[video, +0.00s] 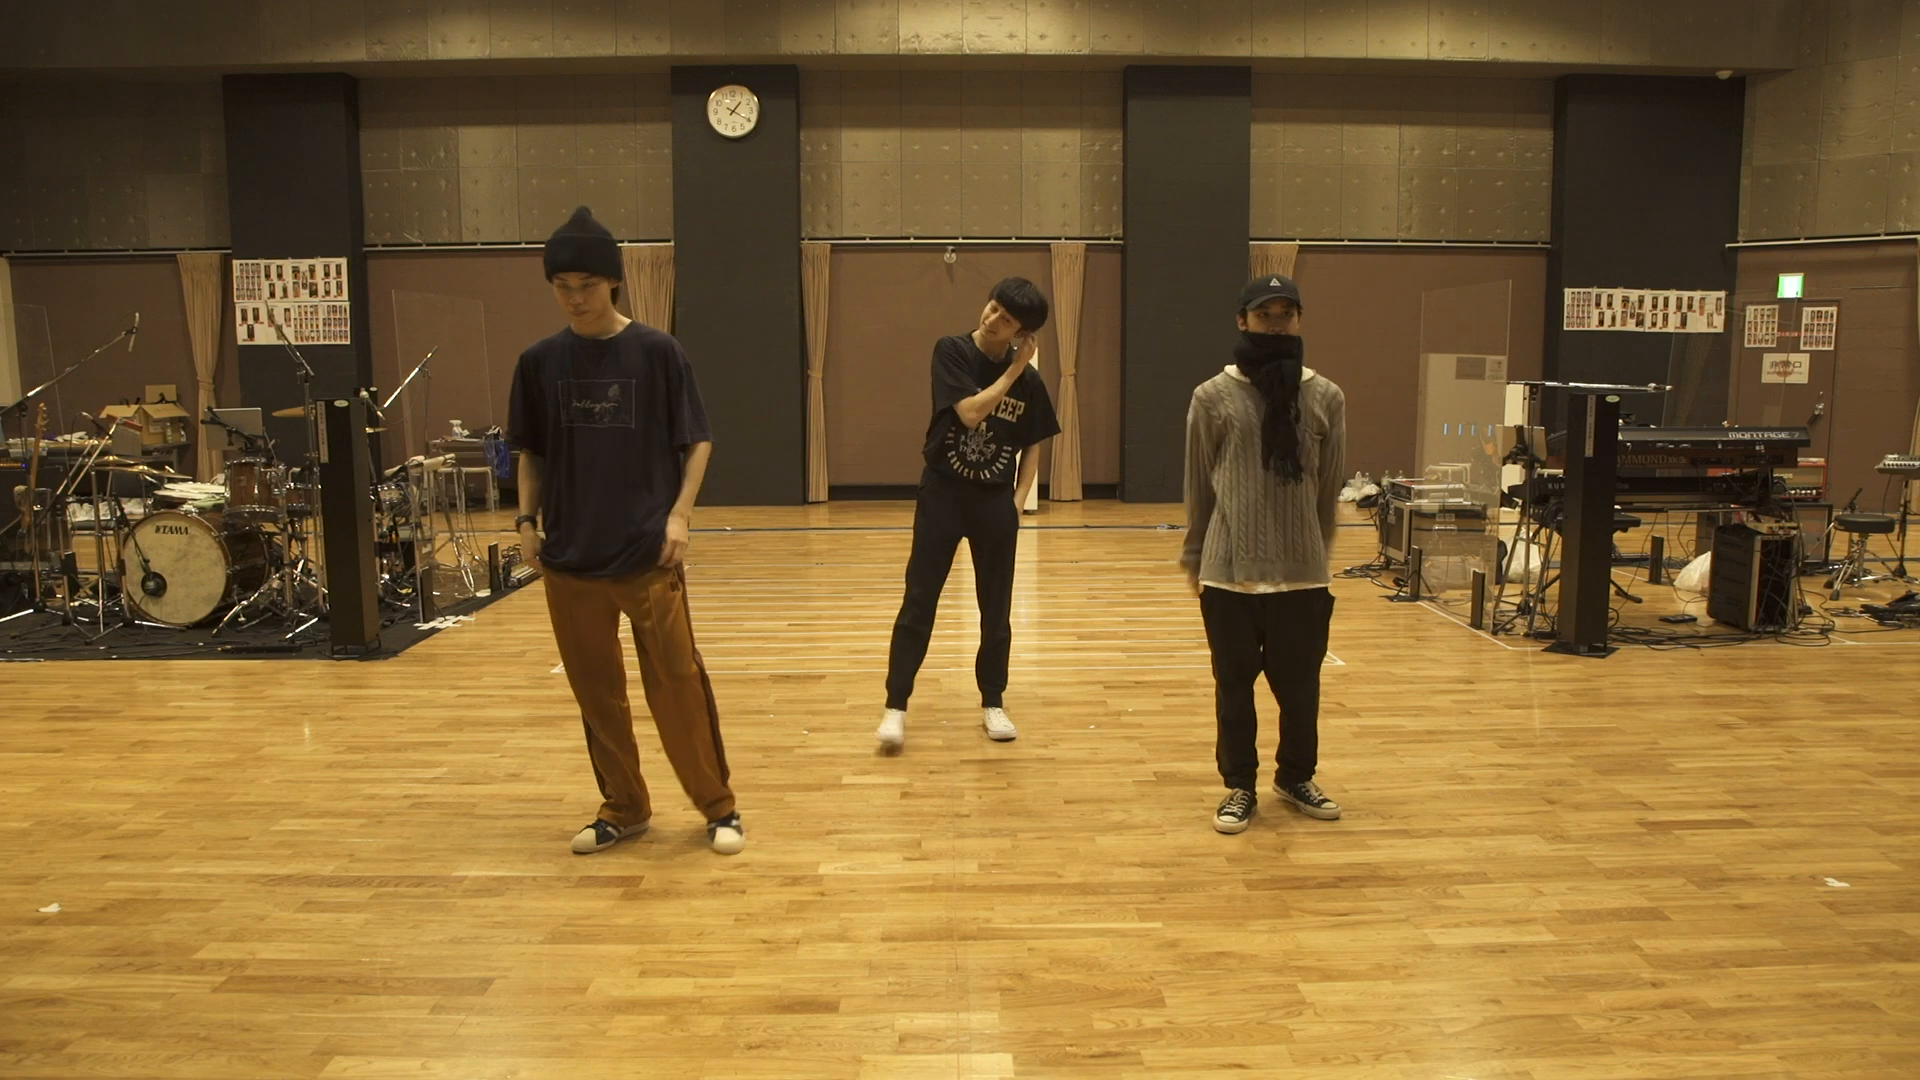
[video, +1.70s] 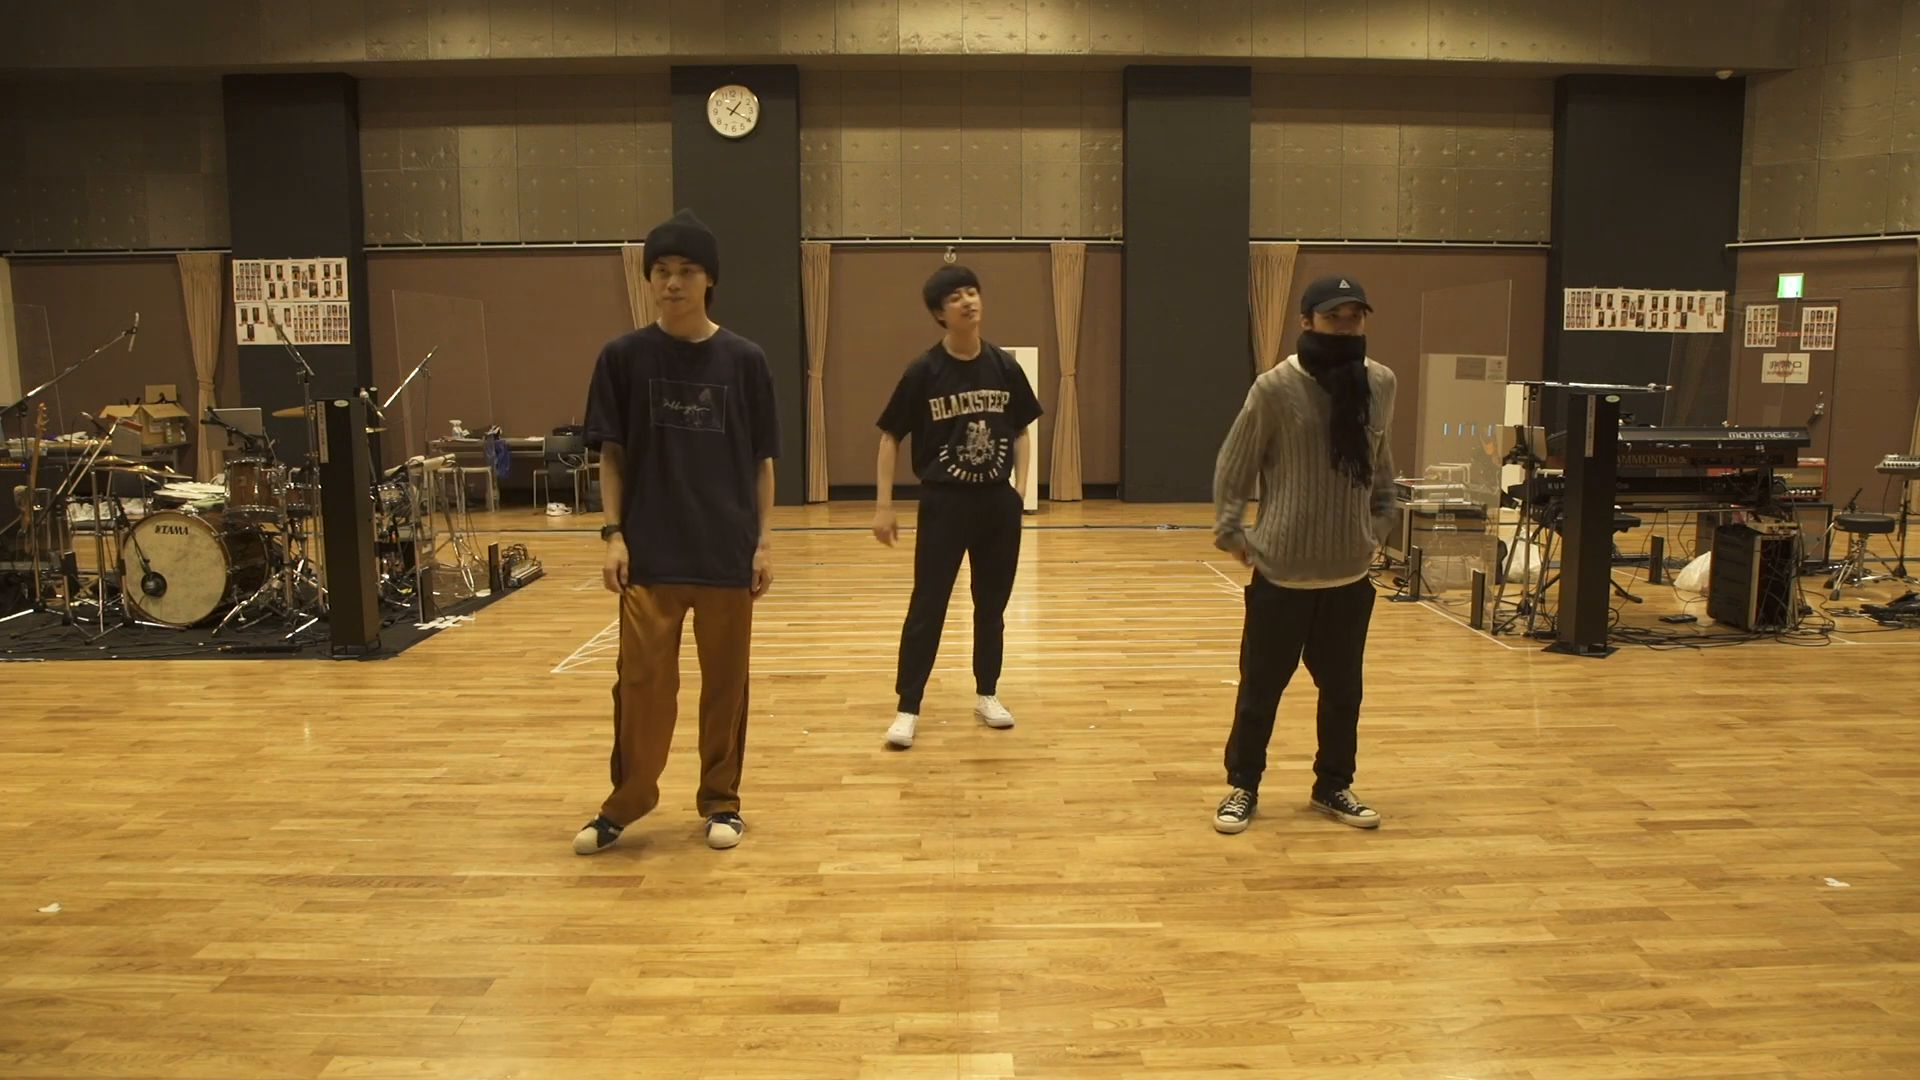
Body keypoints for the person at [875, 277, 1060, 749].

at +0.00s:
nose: (993, 319)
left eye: (1006, 320)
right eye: (995, 308)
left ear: (1022, 332)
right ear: (986, 303)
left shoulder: (1028, 380)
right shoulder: (952, 351)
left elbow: (1034, 442)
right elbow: (968, 414)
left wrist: (1019, 499)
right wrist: (1015, 369)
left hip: (996, 502)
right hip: (942, 495)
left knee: (996, 608)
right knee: (919, 601)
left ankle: (994, 705)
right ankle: (895, 708)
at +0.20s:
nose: (992, 321)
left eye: (1005, 320)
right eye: (991, 310)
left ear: (1018, 330)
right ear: (981, 304)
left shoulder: (1020, 378)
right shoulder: (943, 355)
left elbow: (1028, 441)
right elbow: (931, 423)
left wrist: (1014, 496)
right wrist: (996, 411)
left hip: (990, 506)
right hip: (934, 500)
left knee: (994, 610)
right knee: (912, 602)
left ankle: (993, 705)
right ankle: (895, 707)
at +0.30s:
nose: (983, 323)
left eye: (995, 321)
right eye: (981, 312)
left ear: (1009, 329)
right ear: (971, 306)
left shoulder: (1009, 377)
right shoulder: (930, 359)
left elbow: (1018, 443)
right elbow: (906, 429)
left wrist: (1009, 496)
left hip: (987, 504)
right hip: (929, 500)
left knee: (991, 609)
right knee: (912, 603)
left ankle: (993, 705)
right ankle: (899, 709)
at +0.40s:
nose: (979, 324)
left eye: (990, 321)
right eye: (975, 312)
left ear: (1000, 328)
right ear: (960, 305)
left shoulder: (997, 377)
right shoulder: (920, 365)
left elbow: (1007, 447)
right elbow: (904, 438)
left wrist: (1004, 502)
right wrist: (888, 506)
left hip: (983, 510)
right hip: (926, 507)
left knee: (989, 611)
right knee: (912, 611)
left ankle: (993, 705)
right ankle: (902, 713)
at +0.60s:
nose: (961, 309)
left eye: (968, 305)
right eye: (954, 298)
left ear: (971, 315)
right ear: (928, 297)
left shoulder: (970, 371)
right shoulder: (884, 362)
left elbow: (976, 439)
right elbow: (836, 416)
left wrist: (982, 496)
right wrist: (822, 488)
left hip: (964, 505)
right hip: (907, 508)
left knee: (990, 608)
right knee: (901, 615)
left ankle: (990, 701)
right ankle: (900, 713)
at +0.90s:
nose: (904, 292)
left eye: (911, 287)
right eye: (893, 286)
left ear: (921, 303)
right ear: (873, 301)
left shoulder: (946, 360)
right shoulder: (859, 372)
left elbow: (971, 428)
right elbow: (839, 446)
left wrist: (970, 498)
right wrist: (826, 516)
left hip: (947, 501)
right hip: (890, 506)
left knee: (978, 604)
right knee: (892, 616)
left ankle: (1007, 704)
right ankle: (899, 713)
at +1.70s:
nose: (967, 301)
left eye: (971, 293)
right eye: (956, 298)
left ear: (982, 301)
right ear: (938, 313)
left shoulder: (1004, 365)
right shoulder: (923, 371)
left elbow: (1021, 431)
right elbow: (889, 436)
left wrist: (1020, 488)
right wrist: (884, 506)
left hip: (998, 504)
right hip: (943, 505)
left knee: (992, 606)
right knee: (927, 607)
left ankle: (988, 696)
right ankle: (907, 711)